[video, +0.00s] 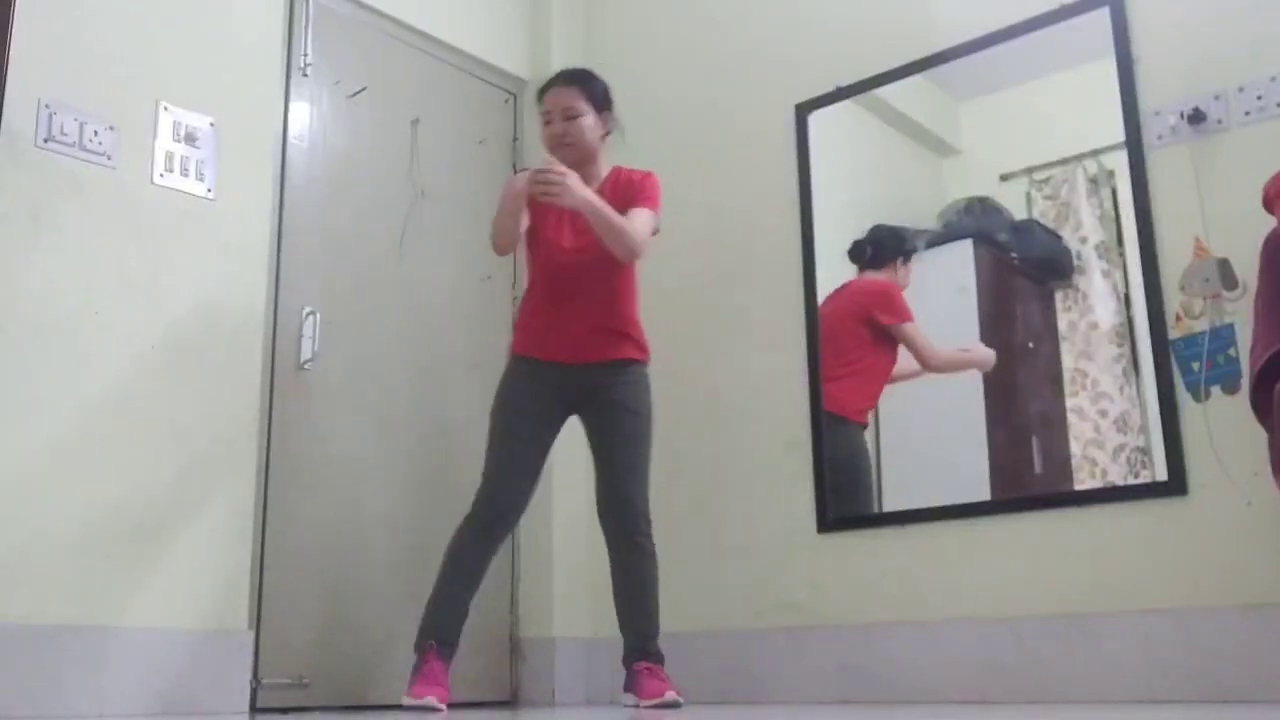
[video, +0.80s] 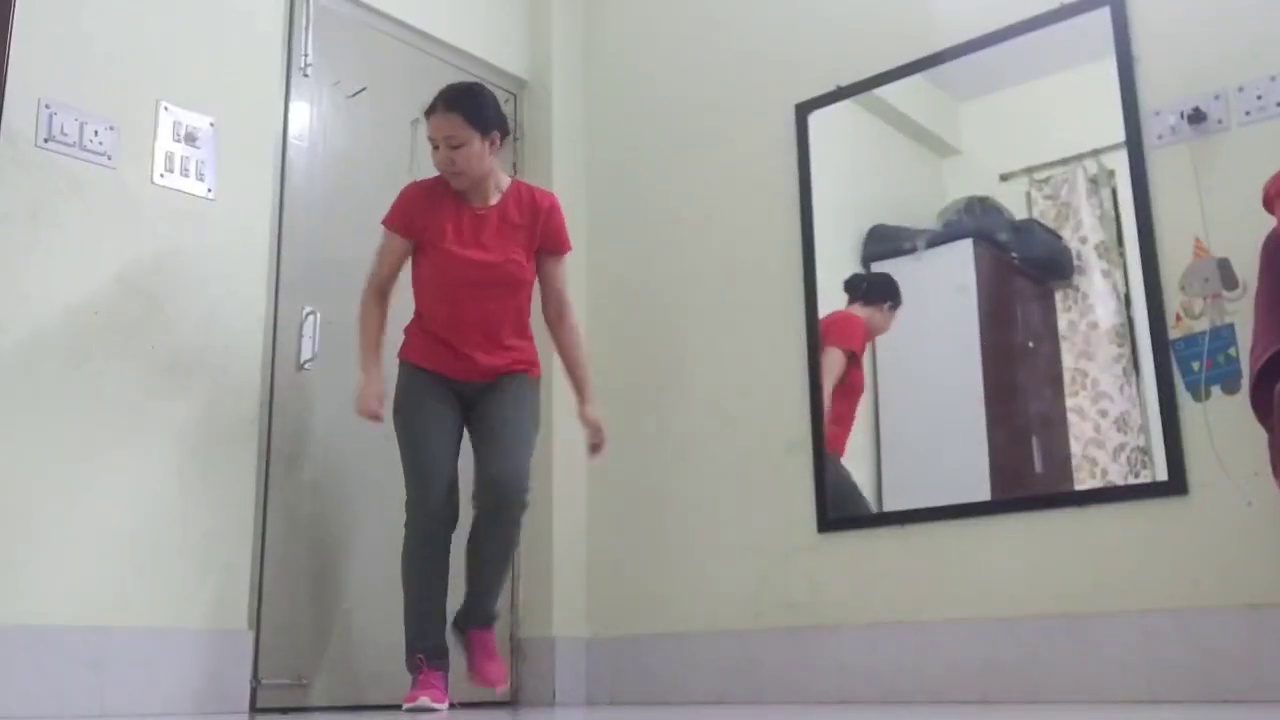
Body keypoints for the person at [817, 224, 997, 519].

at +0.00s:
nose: (910, 276)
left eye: (911, 266)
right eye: (910, 266)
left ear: (867, 260)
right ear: (898, 264)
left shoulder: (843, 295)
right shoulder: (880, 291)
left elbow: (880, 373)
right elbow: (932, 359)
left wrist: (954, 356)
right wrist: (980, 358)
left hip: (825, 421)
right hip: (838, 424)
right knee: (857, 525)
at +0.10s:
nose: (903, 285)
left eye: (905, 276)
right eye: (904, 276)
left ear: (860, 271)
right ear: (893, 274)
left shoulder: (835, 304)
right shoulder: (872, 302)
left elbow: (876, 380)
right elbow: (921, 374)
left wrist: (945, 387)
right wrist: (974, 382)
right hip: (832, 431)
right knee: (858, 525)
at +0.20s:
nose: (897, 296)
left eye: (898, 287)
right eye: (897, 287)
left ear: (857, 279)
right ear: (887, 284)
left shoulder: (832, 311)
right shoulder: (865, 310)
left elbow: (869, 405)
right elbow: (895, 386)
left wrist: (920, 441)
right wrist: (942, 433)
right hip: (828, 442)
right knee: (856, 533)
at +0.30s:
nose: (892, 307)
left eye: (894, 298)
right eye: (894, 297)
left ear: (854, 288)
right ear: (886, 293)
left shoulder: (829, 317)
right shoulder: (858, 318)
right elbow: (868, 401)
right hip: (824, 444)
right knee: (864, 529)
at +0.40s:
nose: (892, 313)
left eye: (895, 304)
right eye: (895, 304)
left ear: (853, 292)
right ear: (888, 298)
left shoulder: (831, 320)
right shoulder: (856, 322)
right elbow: (839, 393)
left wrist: (831, 459)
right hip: (821, 453)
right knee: (868, 524)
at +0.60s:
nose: (892, 321)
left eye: (896, 313)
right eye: (896, 312)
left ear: (859, 294)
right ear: (889, 303)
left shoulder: (832, 320)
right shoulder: (858, 321)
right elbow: (815, 360)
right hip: (823, 449)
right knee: (836, 530)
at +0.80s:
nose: (888, 327)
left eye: (893, 318)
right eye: (892, 317)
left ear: (859, 298)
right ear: (885, 306)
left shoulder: (829, 322)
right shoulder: (849, 323)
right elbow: (823, 386)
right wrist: (821, 448)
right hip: (822, 459)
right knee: (865, 525)